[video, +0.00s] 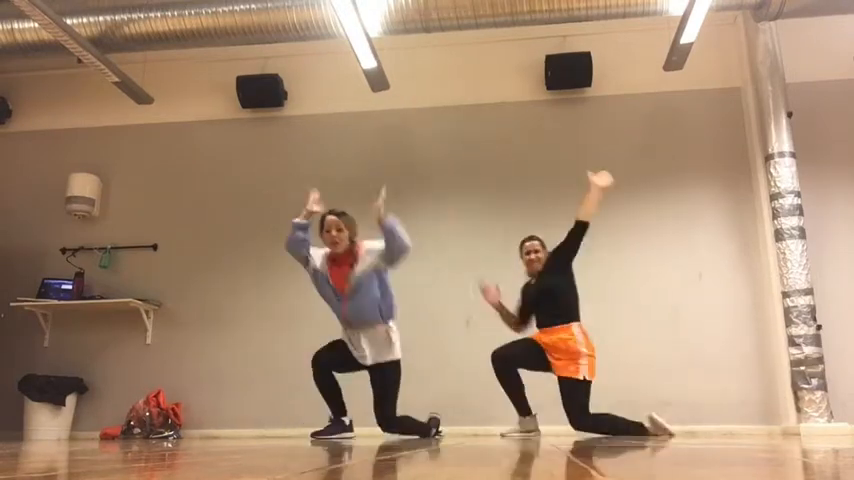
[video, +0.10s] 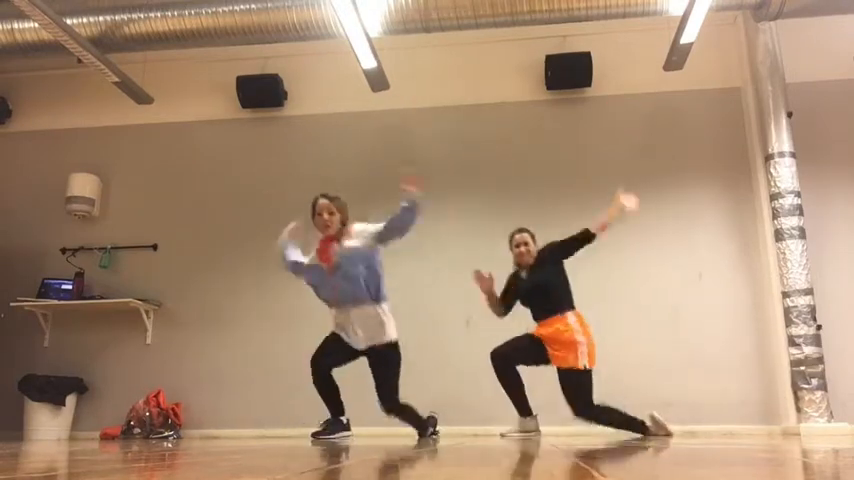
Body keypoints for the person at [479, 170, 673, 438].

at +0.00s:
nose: (533, 254)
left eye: (537, 250)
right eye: (527, 252)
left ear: (546, 254)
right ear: (523, 261)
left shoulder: (558, 262)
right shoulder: (529, 290)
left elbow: (580, 227)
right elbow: (519, 325)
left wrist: (595, 189)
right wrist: (499, 306)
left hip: (573, 347)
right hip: (547, 347)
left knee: (579, 420)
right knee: (501, 357)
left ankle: (648, 431)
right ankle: (527, 422)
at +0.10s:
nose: (522, 248)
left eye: (526, 243)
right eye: (517, 246)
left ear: (534, 246)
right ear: (511, 253)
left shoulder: (550, 254)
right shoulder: (516, 280)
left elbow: (586, 236)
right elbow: (501, 310)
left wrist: (615, 210)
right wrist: (489, 293)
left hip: (571, 336)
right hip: (546, 339)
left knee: (583, 408)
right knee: (501, 356)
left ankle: (648, 429)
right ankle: (527, 421)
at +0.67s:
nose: (522, 236)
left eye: (523, 230)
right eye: (517, 233)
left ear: (531, 216)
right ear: (514, 229)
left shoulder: (553, 225)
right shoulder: (523, 239)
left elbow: (553, 264)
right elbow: (517, 272)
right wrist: (494, 297)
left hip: (567, 300)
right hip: (536, 304)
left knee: (594, 342)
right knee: (530, 363)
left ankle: (588, 416)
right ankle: (536, 419)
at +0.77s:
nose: (517, 230)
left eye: (520, 222)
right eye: (512, 225)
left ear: (531, 214)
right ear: (508, 224)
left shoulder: (548, 227)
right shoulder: (521, 240)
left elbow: (538, 263)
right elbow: (533, 269)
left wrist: (507, 274)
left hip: (568, 302)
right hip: (538, 306)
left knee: (598, 341)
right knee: (534, 364)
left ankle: (592, 416)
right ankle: (535, 420)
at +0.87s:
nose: (516, 226)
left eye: (519, 219)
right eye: (511, 223)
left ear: (531, 212)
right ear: (507, 224)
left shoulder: (549, 220)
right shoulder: (516, 247)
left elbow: (565, 238)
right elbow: (522, 284)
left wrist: (538, 253)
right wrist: (513, 289)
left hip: (570, 290)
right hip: (545, 301)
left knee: (572, 344)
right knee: (522, 353)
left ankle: (604, 415)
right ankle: (542, 414)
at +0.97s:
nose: (511, 224)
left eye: (515, 218)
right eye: (507, 220)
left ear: (528, 216)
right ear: (506, 222)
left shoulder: (542, 220)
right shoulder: (519, 249)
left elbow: (568, 210)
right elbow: (513, 277)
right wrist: (506, 257)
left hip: (564, 290)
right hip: (547, 300)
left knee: (563, 353)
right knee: (530, 354)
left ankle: (610, 415)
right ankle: (554, 419)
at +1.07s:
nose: (509, 214)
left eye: (513, 208)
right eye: (505, 210)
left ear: (527, 207)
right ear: (504, 215)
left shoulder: (543, 216)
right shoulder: (513, 243)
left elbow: (574, 197)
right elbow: (503, 267)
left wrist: (590, 168)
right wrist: (496, 240)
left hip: (563, 290)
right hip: (541, 299)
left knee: (564, 348)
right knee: (527, 353)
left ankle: (607, 413)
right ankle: (553, 419)